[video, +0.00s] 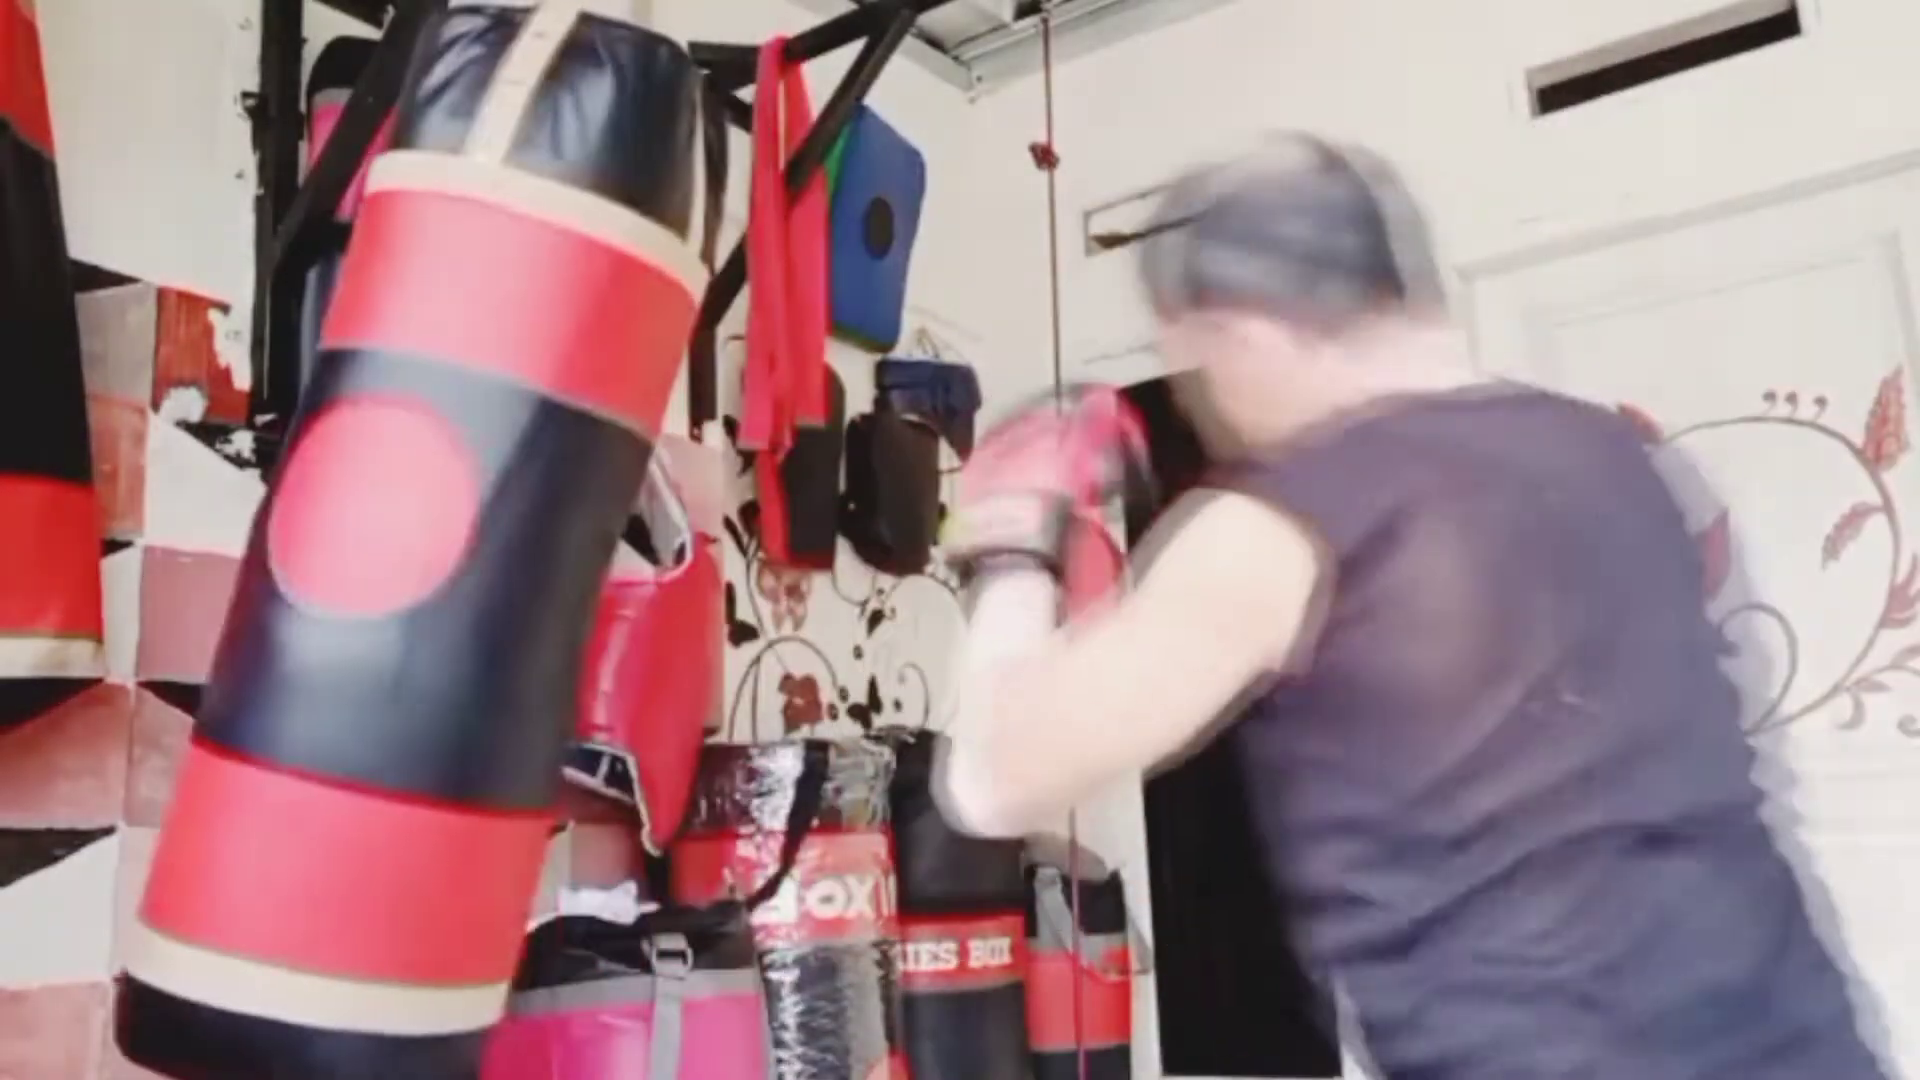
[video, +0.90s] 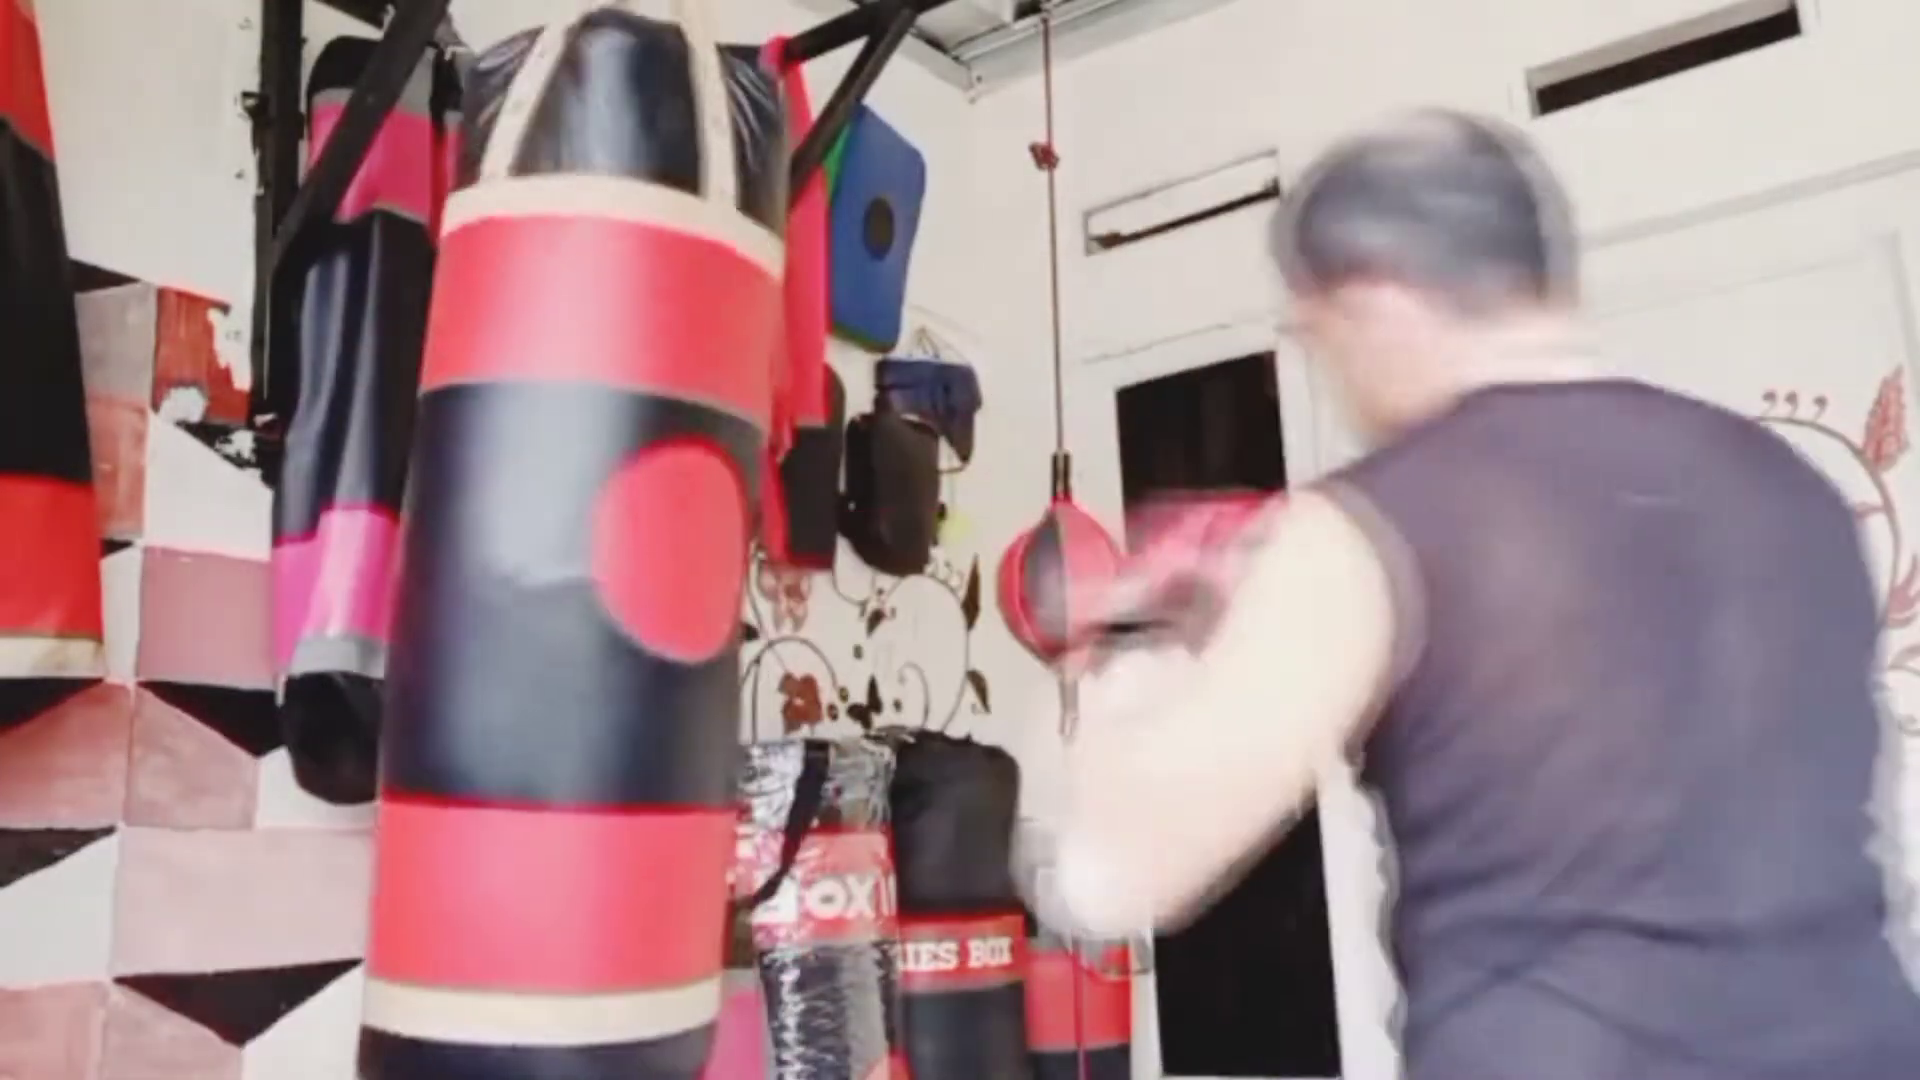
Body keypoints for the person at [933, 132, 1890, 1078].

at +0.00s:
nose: (1199, 404)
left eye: (1190, 362)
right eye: (1184, 368)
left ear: (1252, 326)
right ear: (1386, 285)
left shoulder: (1288, 520)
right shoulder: (1607, 446)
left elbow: (1001, 776)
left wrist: (1011, 549)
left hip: (1524, 1055)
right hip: (1795, 1042)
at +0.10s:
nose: (1310, 423)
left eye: (1297, 387)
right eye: (1294, 392)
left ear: (1346, 351)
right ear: (1516, 319)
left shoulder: (1337, 539)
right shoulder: (1751, 498)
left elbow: (1047, 782)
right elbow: (1842, 817)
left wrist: (1041, 604)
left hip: (1535, 1048)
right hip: (1848, 1043)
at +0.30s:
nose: (1311, 434)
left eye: (1301, 393)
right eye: (1295, 398)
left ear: (1362, 354)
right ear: (1520, 333)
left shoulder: (1332, 537)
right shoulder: (1744, 516)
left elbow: (1038, 810)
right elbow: (1818, 858)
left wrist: (1056, 623)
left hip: (1507, 1055)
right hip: (1799, 1051)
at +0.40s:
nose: (1200, 405)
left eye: (1204, 361)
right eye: (1194, 368)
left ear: (1278, 324)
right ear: (1380, 306)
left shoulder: (1341, 520)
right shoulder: (1571, 462)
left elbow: (1078, 836)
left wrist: (1025, 647)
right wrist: (1146, 625)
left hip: (1534, 1057)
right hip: (1740, 1042)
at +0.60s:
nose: (1109, 423)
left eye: (1102, 380)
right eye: (1096, 384)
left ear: (1171, 365)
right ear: (1315, 323)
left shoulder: (1328, 499)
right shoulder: (1470, 461)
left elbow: (1115, 771)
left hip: (1534, 1059)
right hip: (1673, 1038)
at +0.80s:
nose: (1230, 365)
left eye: (1224, 328)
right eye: (1217, 335)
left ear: (1271, 289)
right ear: (1423, 260)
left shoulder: (1266, 469)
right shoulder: (1711, 457)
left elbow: (1006, 731)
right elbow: (1783, 813)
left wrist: (925, 613)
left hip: (1447, 1037)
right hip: (1763, 1032)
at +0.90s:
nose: (1333, 378)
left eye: (1320, 337)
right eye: (1316, 345)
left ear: (1375, 296)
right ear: (1540, 275)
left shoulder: (1378, 523)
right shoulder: (1803, 488)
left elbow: (1113, 879)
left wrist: (1130, 670)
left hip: (1541, 1048)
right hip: (1845, 1043)